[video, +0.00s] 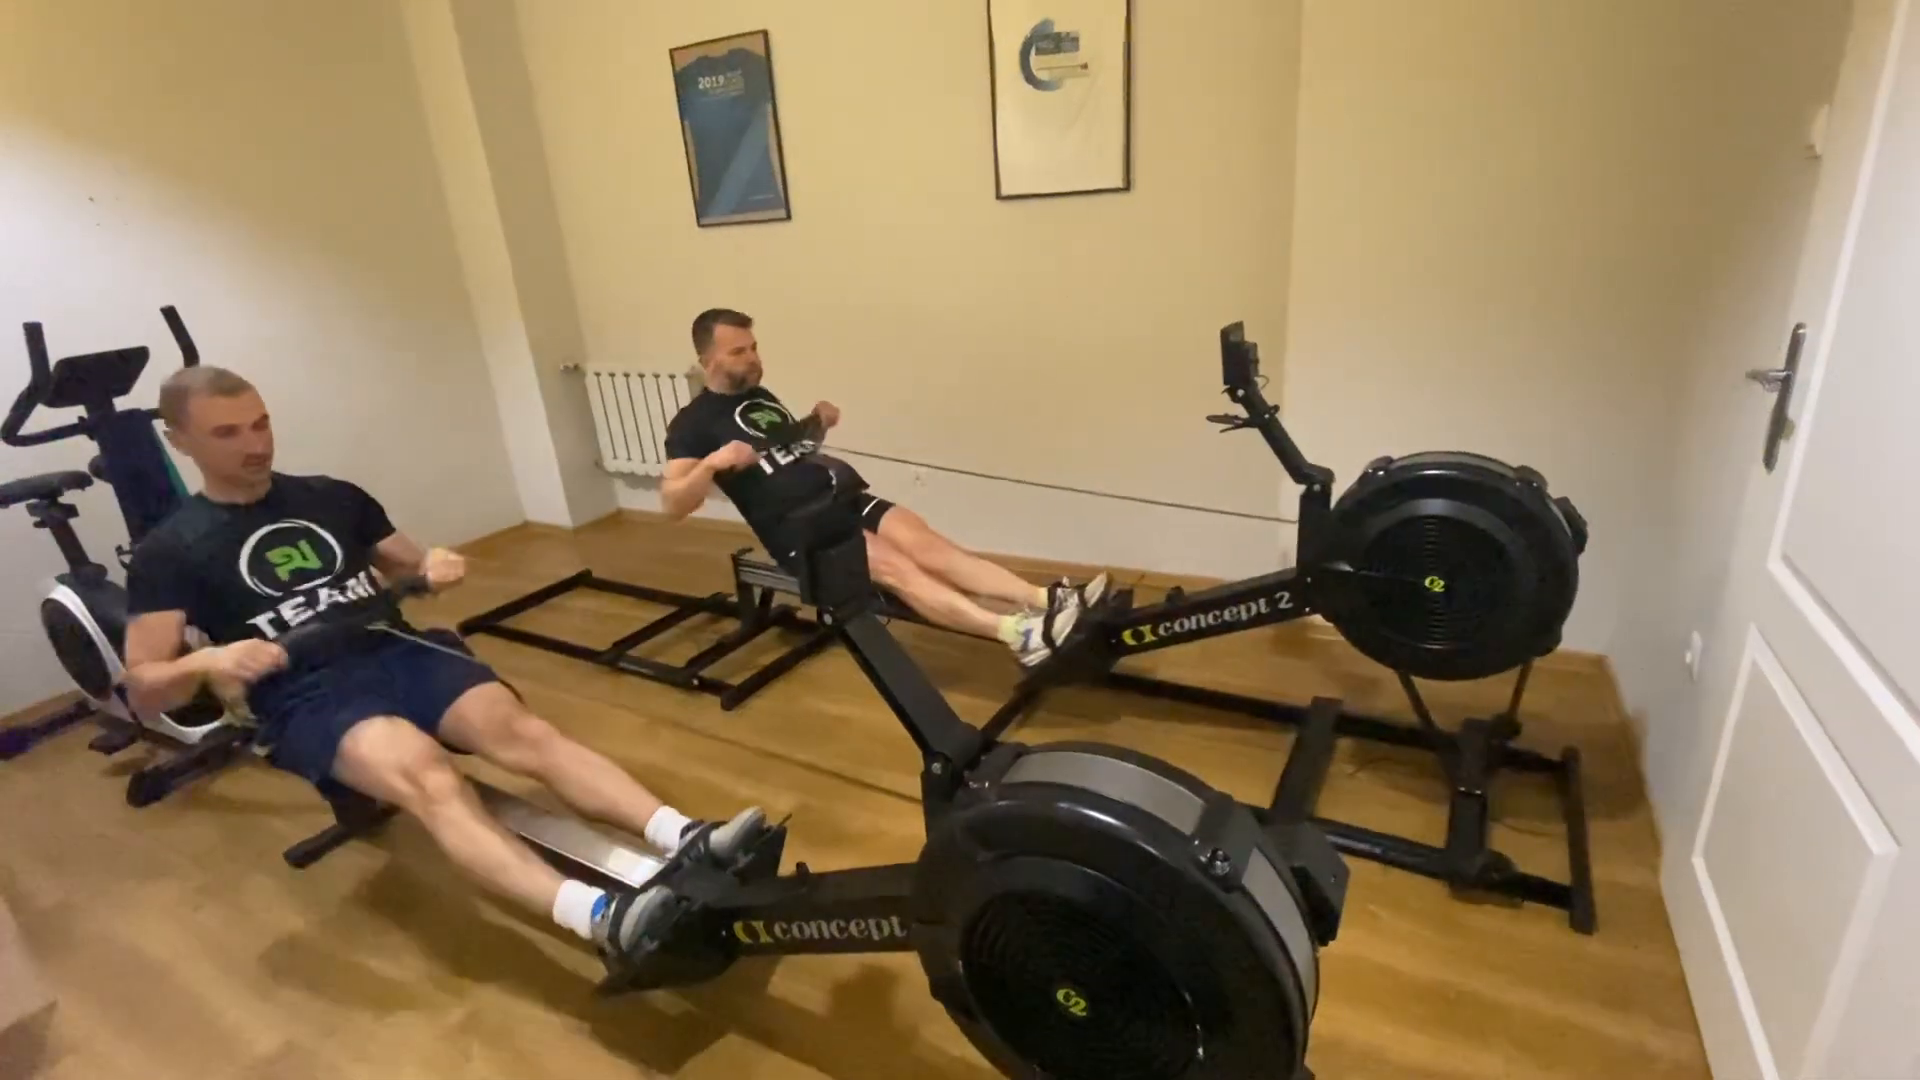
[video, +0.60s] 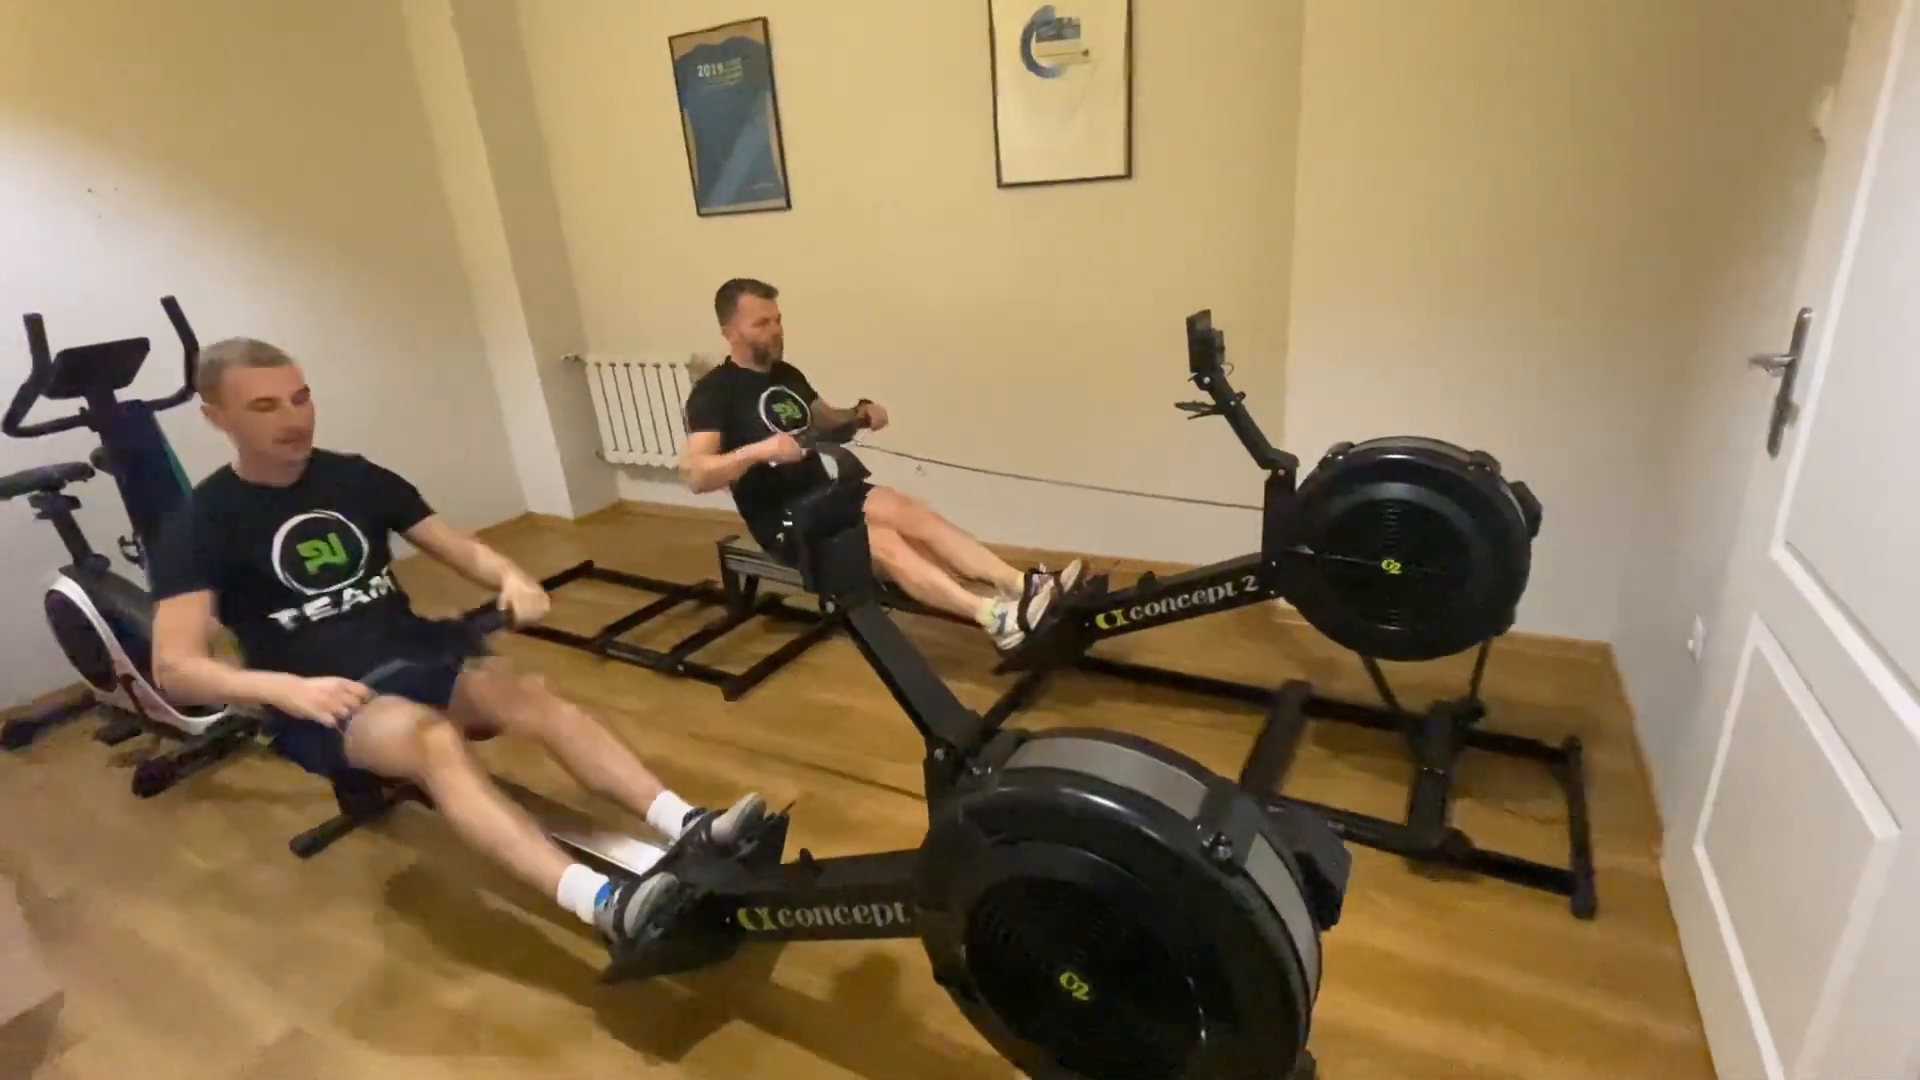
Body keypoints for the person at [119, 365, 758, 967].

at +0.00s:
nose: (254, 445)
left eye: (258, 425)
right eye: (229, 436)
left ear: (269, 417)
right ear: (185, 448)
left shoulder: (327, 497)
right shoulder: (170, 551)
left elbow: (398, 554)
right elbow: (145, 678)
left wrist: (430, 562)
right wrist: (205, 662)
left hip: (392, 646)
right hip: (305, 691)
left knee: (515, 725)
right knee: (428, 777)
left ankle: (688, 839)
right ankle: (604, 920)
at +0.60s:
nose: (294, 419)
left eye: (300, 399)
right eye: (268, 407)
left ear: (309, 396)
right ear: (217, 419)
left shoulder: (352, 479)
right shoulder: (202, 521)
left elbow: (452, 547)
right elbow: (174, 663)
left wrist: (508, 576)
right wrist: (287, 690)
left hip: (409, 653)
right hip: (314, 688)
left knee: (533, 697)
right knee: (432, 741)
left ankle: (690, 830)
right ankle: (602, 904)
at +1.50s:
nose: (540, 458)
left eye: (543, 432)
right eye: (509, 443)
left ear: (552, 429)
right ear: (450, 458)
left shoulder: (572, 505)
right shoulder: (412, 563)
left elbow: (706, 576)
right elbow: (482, 713)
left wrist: (818, 649)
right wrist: (636, 807)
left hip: (540, 703)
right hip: (446, 749)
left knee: (645, 600)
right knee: (487, 670)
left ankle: (689, 802)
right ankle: (613, 882)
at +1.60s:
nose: (564, 461)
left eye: (567, 436)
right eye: (533, 447)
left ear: (576, 433)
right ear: (473, 464)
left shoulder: (598, 513)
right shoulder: (435, 570)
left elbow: (731, 581)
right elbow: (514, 720)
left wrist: (845, 651)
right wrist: (676, 818)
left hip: (553, 715)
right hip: (460, 759)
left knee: (652, 593)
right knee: (494, 673)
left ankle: (693, 800)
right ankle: (616, 882)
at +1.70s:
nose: (585, 466)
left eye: (587, 441)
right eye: (553, 450)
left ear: (596, 438)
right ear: (489, 467)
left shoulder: (614, 519)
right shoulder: (451, 580)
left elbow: (749, 584)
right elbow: (553, 715)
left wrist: (868, 651)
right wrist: (706, 817)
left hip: (573, 725)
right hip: (472, 772)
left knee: (659, 593)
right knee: (508, 689)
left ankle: (691, 803)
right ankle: (615, 881)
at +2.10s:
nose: (437, 416)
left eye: (442, 394)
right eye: (408, 403)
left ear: (452, 391)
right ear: (354, 419)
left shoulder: (485, 479)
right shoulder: (326, 534)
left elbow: (603, 532)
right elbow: (420, 626)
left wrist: (713, 583)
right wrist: (539, 699)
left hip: (492, 654)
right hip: (390, 703)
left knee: (597, 597)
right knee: (468, 680)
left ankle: (692, 809)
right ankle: (611, 885)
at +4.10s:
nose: (565, 455)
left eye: (567, 432)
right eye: (535, 440)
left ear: (576, 428)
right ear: (471, 457)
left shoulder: (592, 504)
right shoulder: (431, 561)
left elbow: (725, 571)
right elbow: (516, 715)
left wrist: (843, 644)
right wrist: (673, 810)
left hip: (556, 693)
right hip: (455, 737)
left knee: (647, 588)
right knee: (489, 678)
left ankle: (687, 791)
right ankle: (607, 875)